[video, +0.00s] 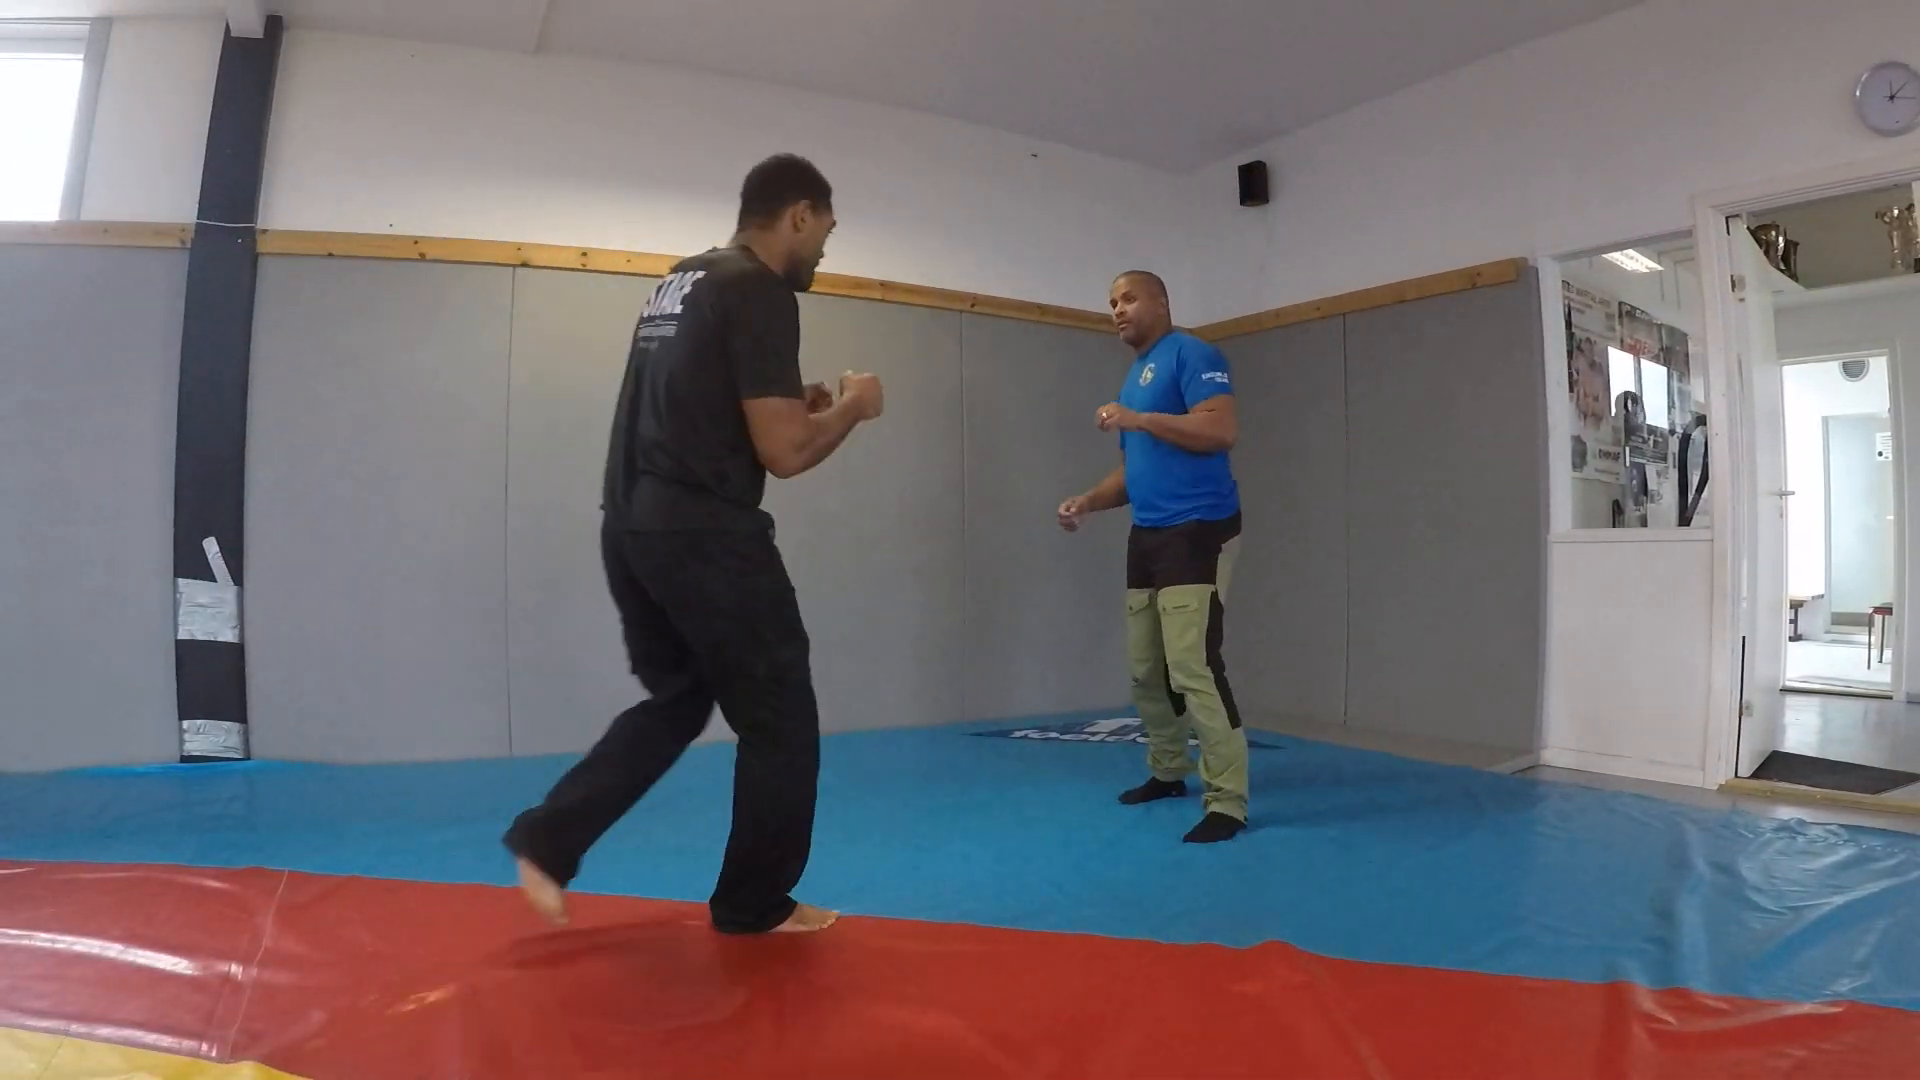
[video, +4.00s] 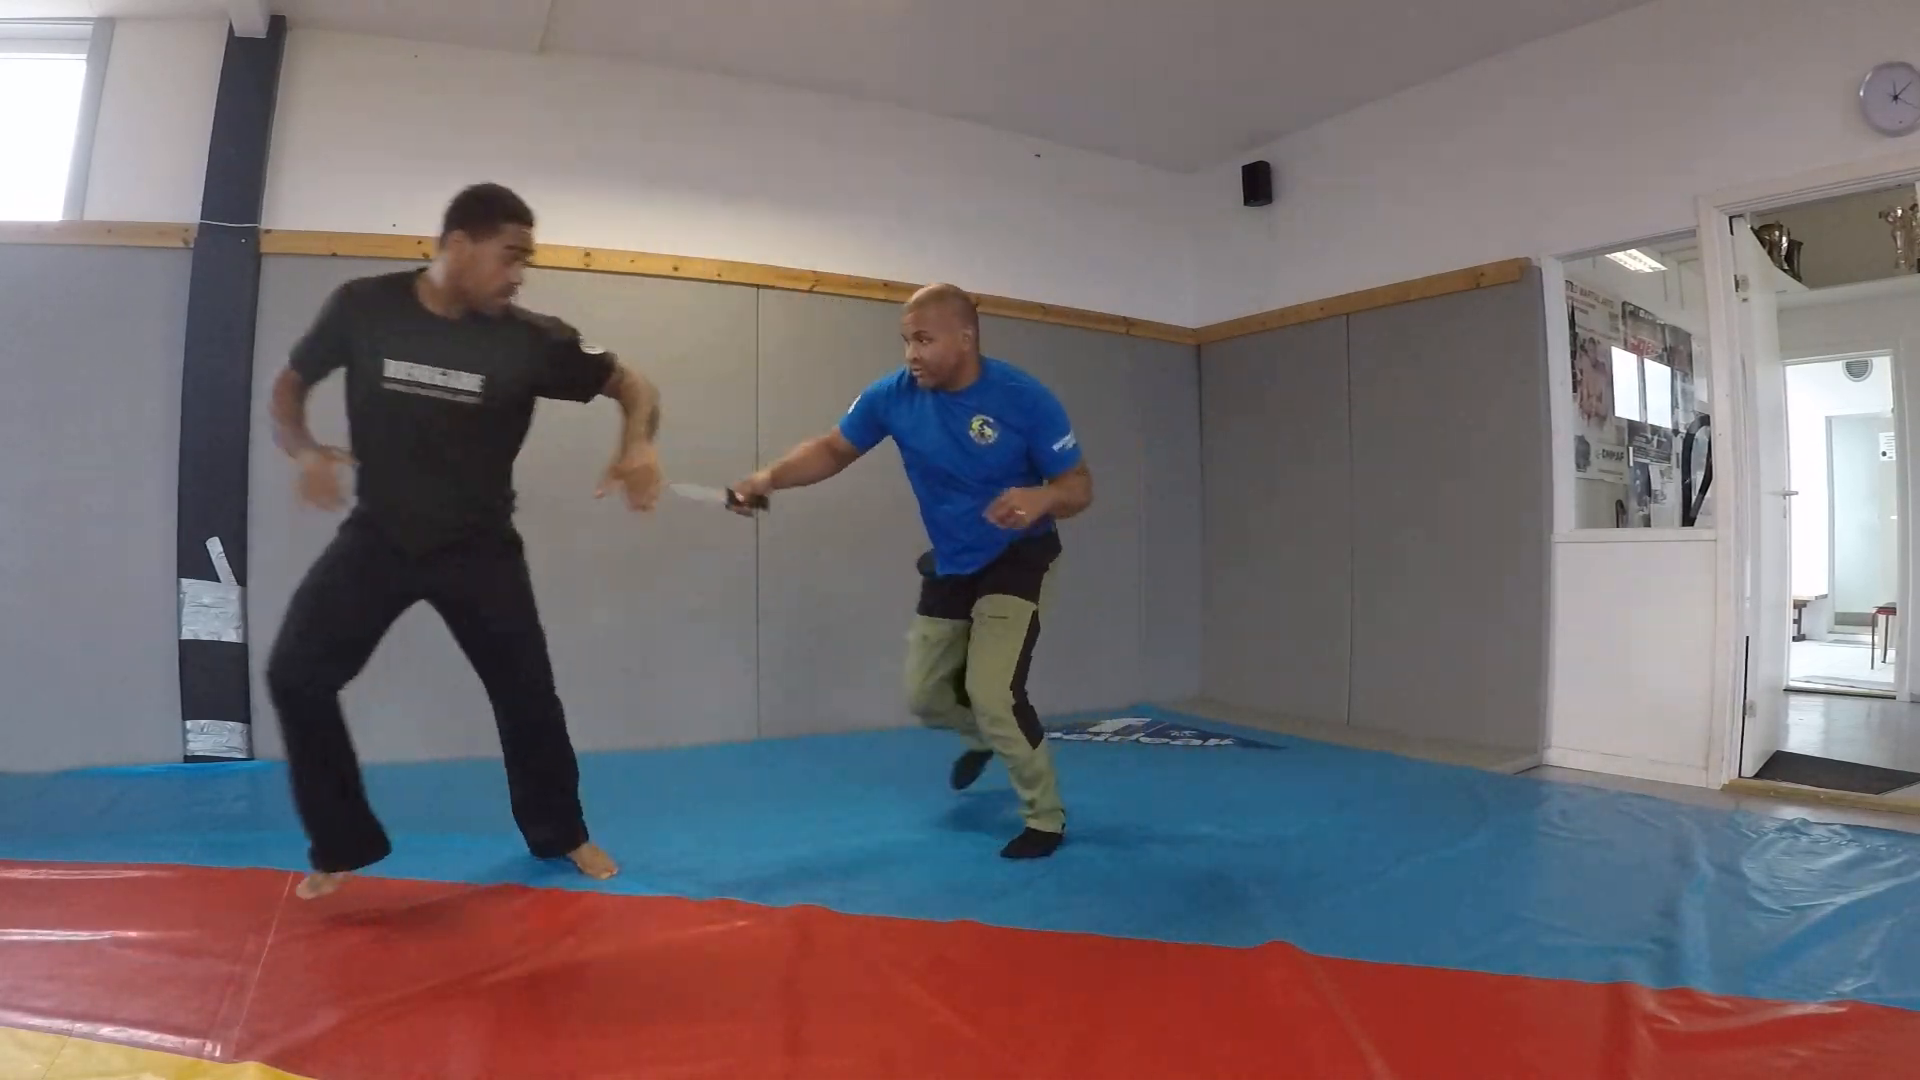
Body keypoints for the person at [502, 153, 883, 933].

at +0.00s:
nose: (824, 249)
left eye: (828, 234)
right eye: (826, 231)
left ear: (753, 215)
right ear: (798, 217)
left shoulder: (686, 278)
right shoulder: (758, 290)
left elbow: (703, 416)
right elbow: (788, 449)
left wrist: (799, 404)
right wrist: (850, 410)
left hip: (634, 528)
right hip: (710, 536)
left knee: (680, 697)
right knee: (782, 718)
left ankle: (548, 841)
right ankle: (753, 902)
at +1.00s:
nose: (964, 366)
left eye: (965, 354)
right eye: (963, 335)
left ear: (904, 311)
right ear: (947, 316)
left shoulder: (858, 354)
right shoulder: (930, 325)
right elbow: (1040, 338)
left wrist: (952, 370)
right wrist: (1072, 344)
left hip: (832, 521)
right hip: (876, 517)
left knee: (909, 670)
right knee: (866, 681)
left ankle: (910, 812)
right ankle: (734, 824)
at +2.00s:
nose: (950, 324)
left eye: (954, 315)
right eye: (950, 312)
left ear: (896, 293)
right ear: (926, 294)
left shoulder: (827, 346)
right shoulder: (915, 343)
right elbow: (1013, 423)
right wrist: (1062, 420)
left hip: (816, 538)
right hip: (841, 544)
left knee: (914, 669)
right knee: (805, 712)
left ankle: (939, 811)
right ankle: (708, 874)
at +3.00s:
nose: (856, 343)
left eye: (856, 337)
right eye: (855, 336)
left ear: (799, 329)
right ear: (841, 328)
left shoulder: (749, 378)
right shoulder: (838, 347)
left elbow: (735, 471)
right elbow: (960, 355)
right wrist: (980, 368)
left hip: (739, 533)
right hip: (781, 530)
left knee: (825, 666)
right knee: (758, 687)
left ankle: (820, 802)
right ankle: (657, 847)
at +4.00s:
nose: (519, 272)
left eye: (525, 258)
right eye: (509, 255)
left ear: (519, 260)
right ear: (454, 247)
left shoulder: (534, 344)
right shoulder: (362, 308)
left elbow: (634, 386)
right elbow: (289, 384)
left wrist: (637, 446)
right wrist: (303, 451)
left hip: (479, 548)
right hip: (380, 540)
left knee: (529, 693)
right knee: (296, 674)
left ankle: (562, 835)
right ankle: (342, 846)